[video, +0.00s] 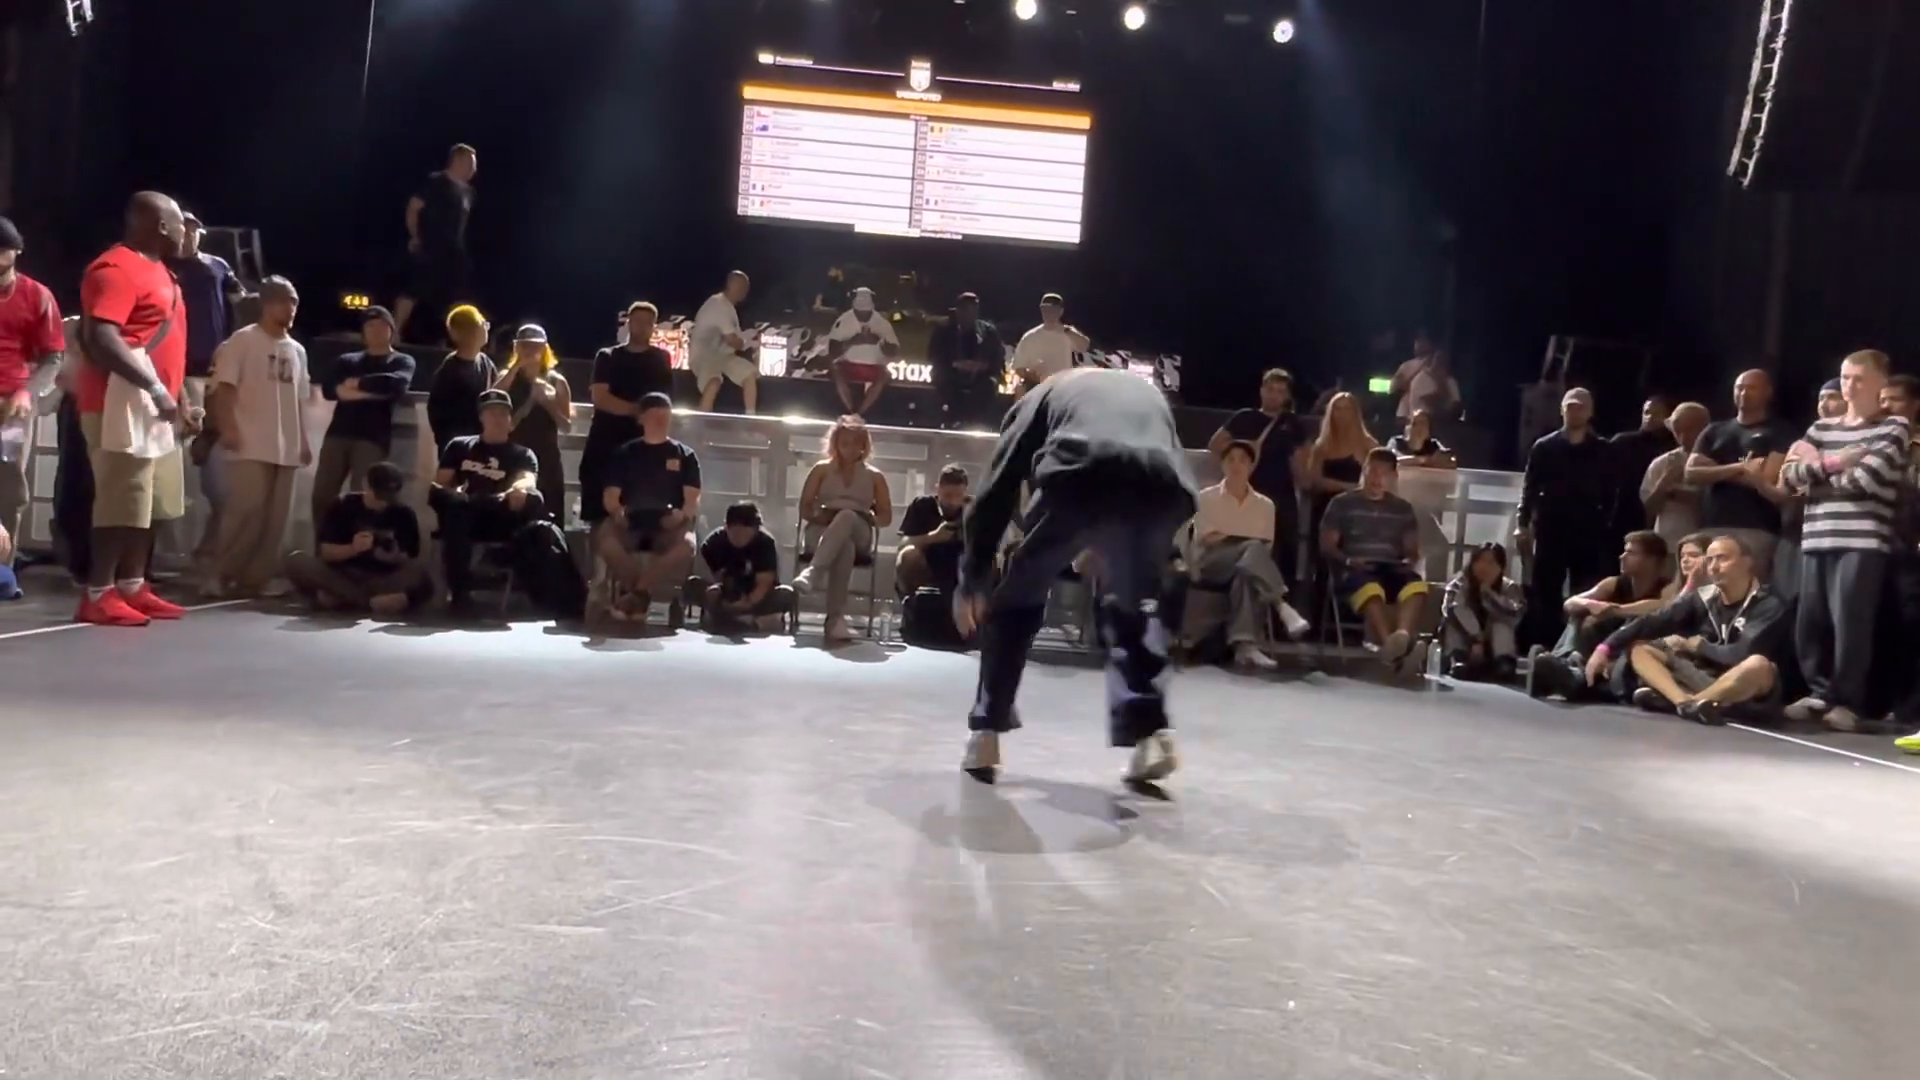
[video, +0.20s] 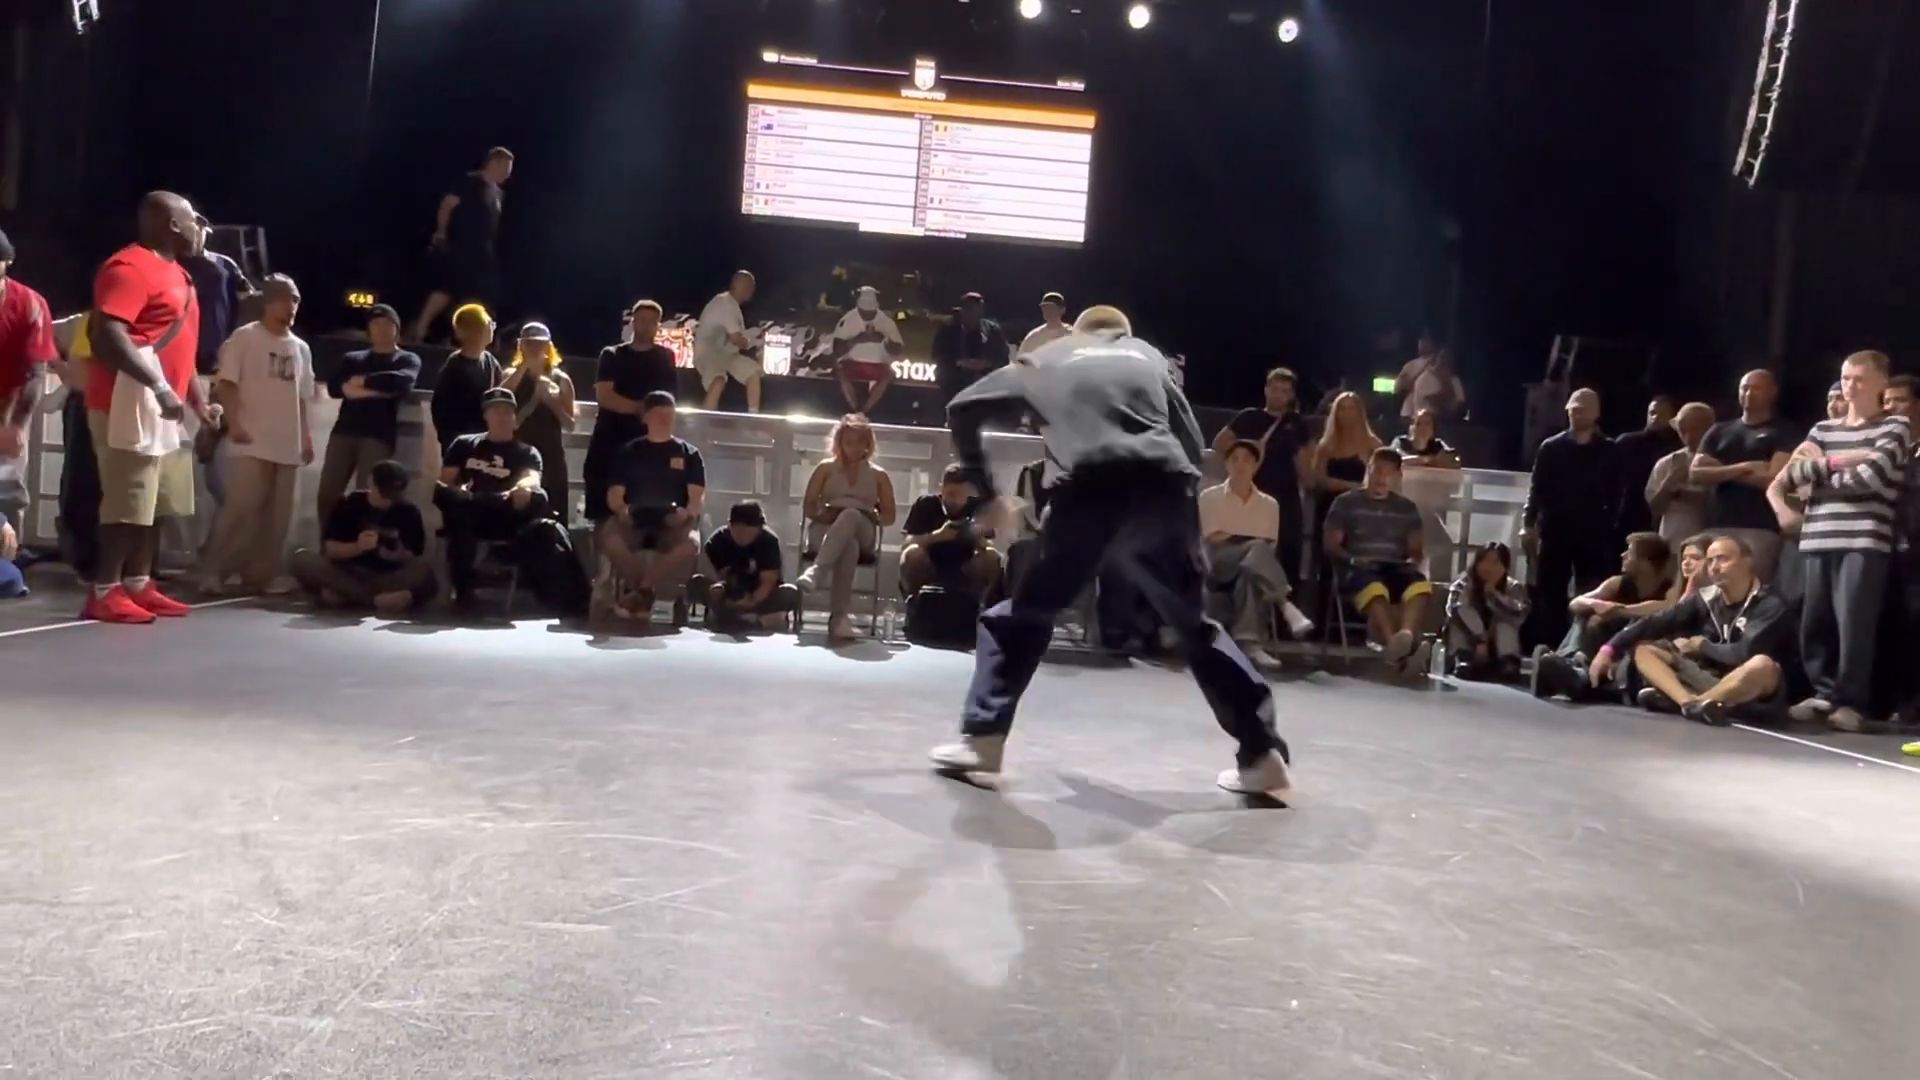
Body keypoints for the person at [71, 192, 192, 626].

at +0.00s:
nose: (182, 231)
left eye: (181, 224)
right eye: (176, 224)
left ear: (154, 226)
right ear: (155, 226)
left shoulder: (157, 271)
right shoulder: (115, 269)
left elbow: (160, 348)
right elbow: (100, 336)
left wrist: (180, 398)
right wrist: (153, 385)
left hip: (149, 402)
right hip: (116, 403)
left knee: (148, 496)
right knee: (119, 498)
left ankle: (132, 587)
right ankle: (98, 594)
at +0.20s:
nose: (199, 226)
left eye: (196, 220)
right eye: (192, 219)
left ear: (170, 226)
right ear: (170, 225)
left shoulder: (178, 275)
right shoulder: (129, 267)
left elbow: (178, 349)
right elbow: (108, 334)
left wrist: (200, 396)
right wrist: (160, 385)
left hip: (159, 401)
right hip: (123, 402)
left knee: (153, 495)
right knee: (126, 496)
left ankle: (139, 584)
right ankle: (105, 592)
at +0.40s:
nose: (206, 230)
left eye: (207, 223)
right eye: (196, 222)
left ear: (203, 229)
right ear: (167, 225)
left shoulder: (194, 278)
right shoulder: (134, 267)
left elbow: (195, 348)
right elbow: (111, 328)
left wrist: (206, 402)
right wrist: (158, 383)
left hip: (173, 403)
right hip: (133, 400)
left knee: (159, 496)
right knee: (129, 496)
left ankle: (142, 583)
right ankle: (107, 589)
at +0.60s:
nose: (210, 226)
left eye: (211, 219)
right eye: (200, 219)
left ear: (211, 227)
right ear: (170, 221)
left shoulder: (205, 278)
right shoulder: (137, 265)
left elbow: (202, 348)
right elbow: (107, 323)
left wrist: (209, 404)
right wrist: (148, 374)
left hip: (185, 407)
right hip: (142, 401)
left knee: (168, 497)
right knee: (138, 496)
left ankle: (147, 578)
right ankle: (112, 585)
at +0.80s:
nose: (216, 222)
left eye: (218, 216)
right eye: (207, 215)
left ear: (220, 223)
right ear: (178, 219)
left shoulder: (217, 276)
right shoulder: (145, 262)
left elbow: (213, 345)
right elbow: (109, 317)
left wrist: (222, 402)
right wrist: (143, 374)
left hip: (192, 410)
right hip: (148, 403)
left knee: (169, 497)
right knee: (137, 495)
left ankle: (149, 574)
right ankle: (115, 579)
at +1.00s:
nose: (216, 218)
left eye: (219, 213)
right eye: (207, 211)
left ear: (222, 222)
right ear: (178, 217)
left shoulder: (223, 274)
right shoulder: (149, 258)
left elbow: (220, 343)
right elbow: (115, 315)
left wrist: (235, 398)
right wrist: (148, 368)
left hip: (198, 406)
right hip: (154, 400)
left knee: (173, 495)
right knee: (144, 493)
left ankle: (154, 571)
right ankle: (119, 576)